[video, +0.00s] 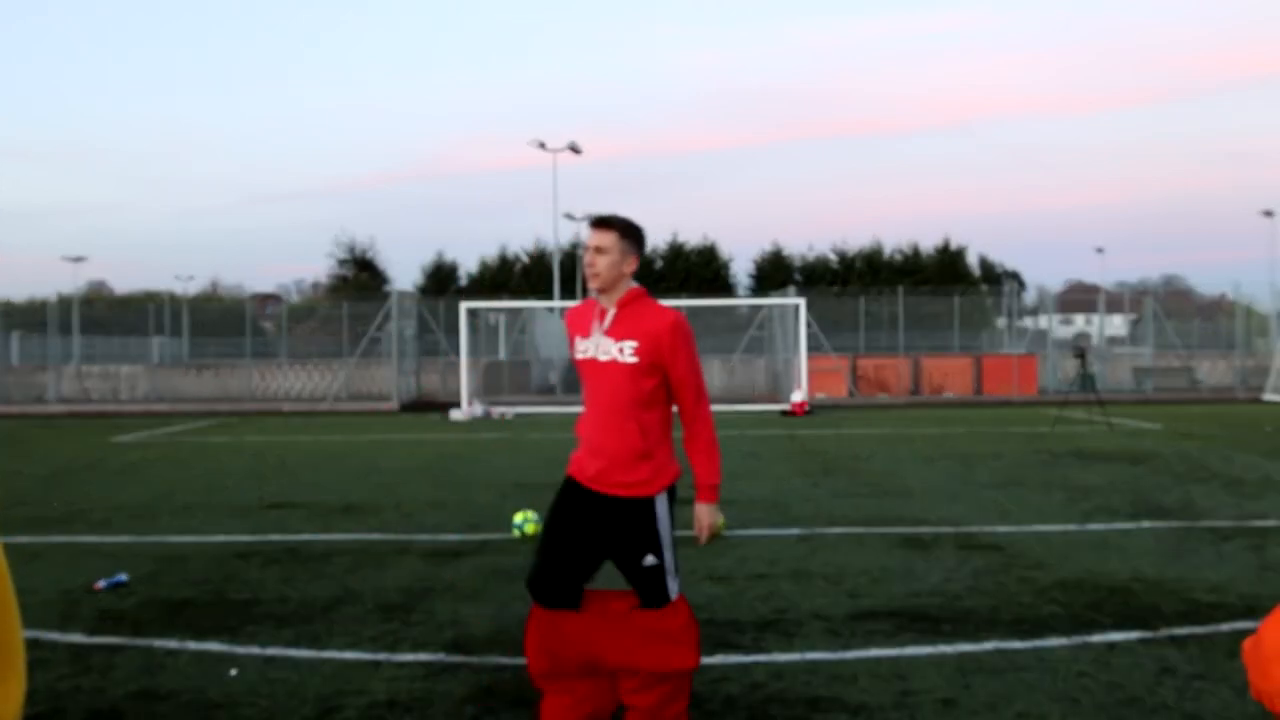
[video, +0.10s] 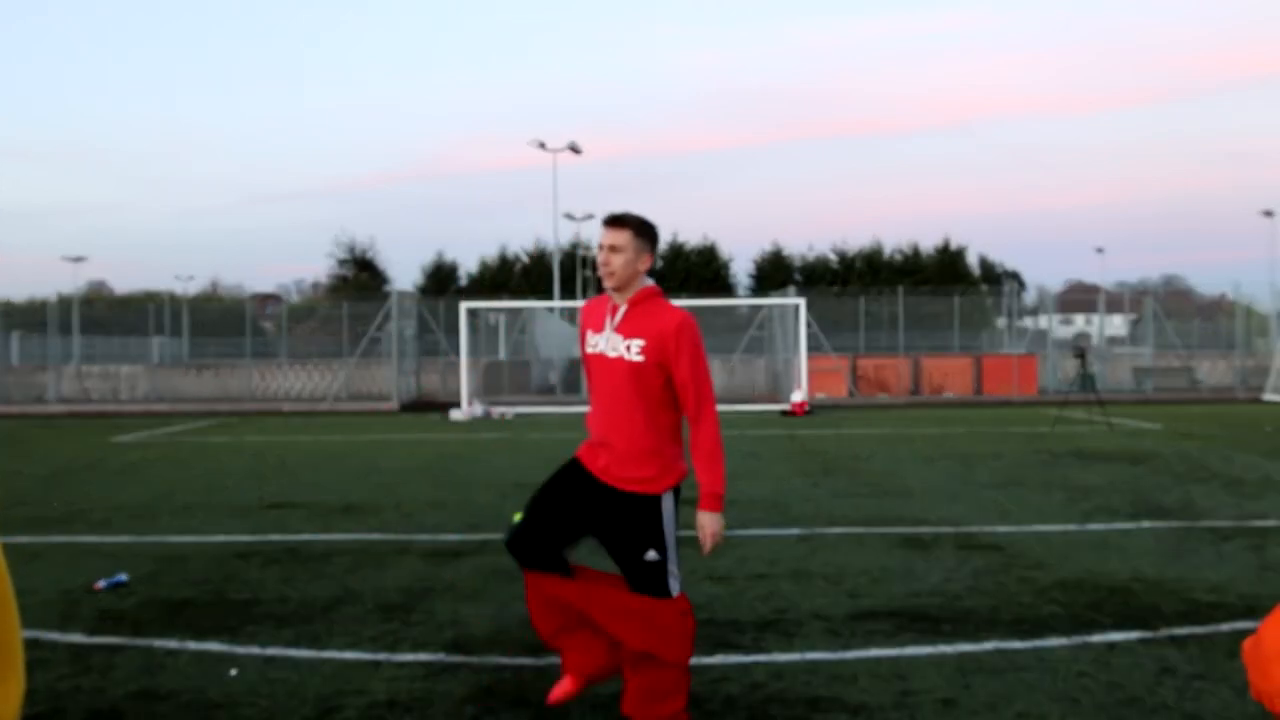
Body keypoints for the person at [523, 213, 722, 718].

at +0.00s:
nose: (589, 261)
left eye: (601, 252)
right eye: (587, 251)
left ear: (630, 262)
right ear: (583, 258)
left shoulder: (664, 324)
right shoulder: (578, 318)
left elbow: (695, 412)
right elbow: (601, 394)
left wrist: (707, 495)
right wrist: (602, 457)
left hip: (642, 490)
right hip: (584, 483)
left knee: (660, 606)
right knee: (549, 593)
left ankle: (664, 703)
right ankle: (570, 701)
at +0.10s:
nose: (603, 260)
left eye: (615, 251)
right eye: (600, 250)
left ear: (646, 259)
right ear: (598, 255)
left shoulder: (674, 325)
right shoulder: (592, 314)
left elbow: (702, 415)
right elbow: (603, 388)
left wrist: (711, 501)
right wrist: (609, 449)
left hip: (646, 482)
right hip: (594, 466)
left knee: (657, 605)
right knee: (529, 542)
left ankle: (658, 709)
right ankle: (588, 652)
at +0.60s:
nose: (625, 260)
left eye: (635, 251)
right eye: (617, 251)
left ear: (652, 259)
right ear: (605, 259)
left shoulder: (673, 319)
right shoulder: (595, 319)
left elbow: (697, 407)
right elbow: (578, 401)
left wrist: (667, 478)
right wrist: (538, 461)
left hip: (642, 484)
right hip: (594, 481)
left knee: (644, 598)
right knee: (590, 597)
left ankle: (662, 697)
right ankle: (617, 693)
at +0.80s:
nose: (598, 261)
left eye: (609, 252)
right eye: (592, 252)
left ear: (630, 260)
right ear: (582, 260)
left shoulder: (660, 312)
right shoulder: (577, 327)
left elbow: (687, 395)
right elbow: (564, 411)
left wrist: (684, 476)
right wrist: (545, 488)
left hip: (649, 465)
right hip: (601, 468)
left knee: (594, 578)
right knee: (615, 585)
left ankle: (638, 691)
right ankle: (633, 696)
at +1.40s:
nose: (602, 261)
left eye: (614, 252)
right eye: (600, 252)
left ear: (644, 260)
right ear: (601, 261)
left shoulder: (678, 314)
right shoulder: (593, 327)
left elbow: (705, 402)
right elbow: (586, 412)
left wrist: (709, 484)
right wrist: (580, 487)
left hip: (660, 477)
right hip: (608, 479)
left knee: (654, 595)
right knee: (618, 598)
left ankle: (691, 694)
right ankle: (657, 690)